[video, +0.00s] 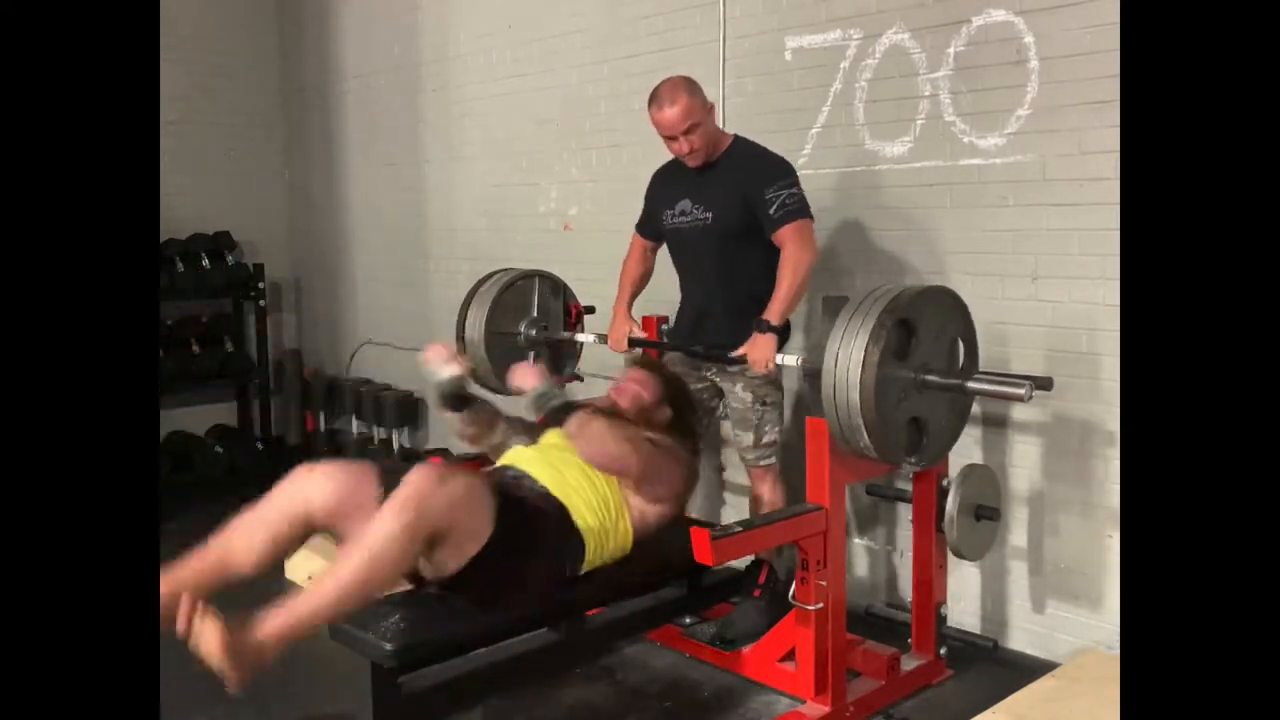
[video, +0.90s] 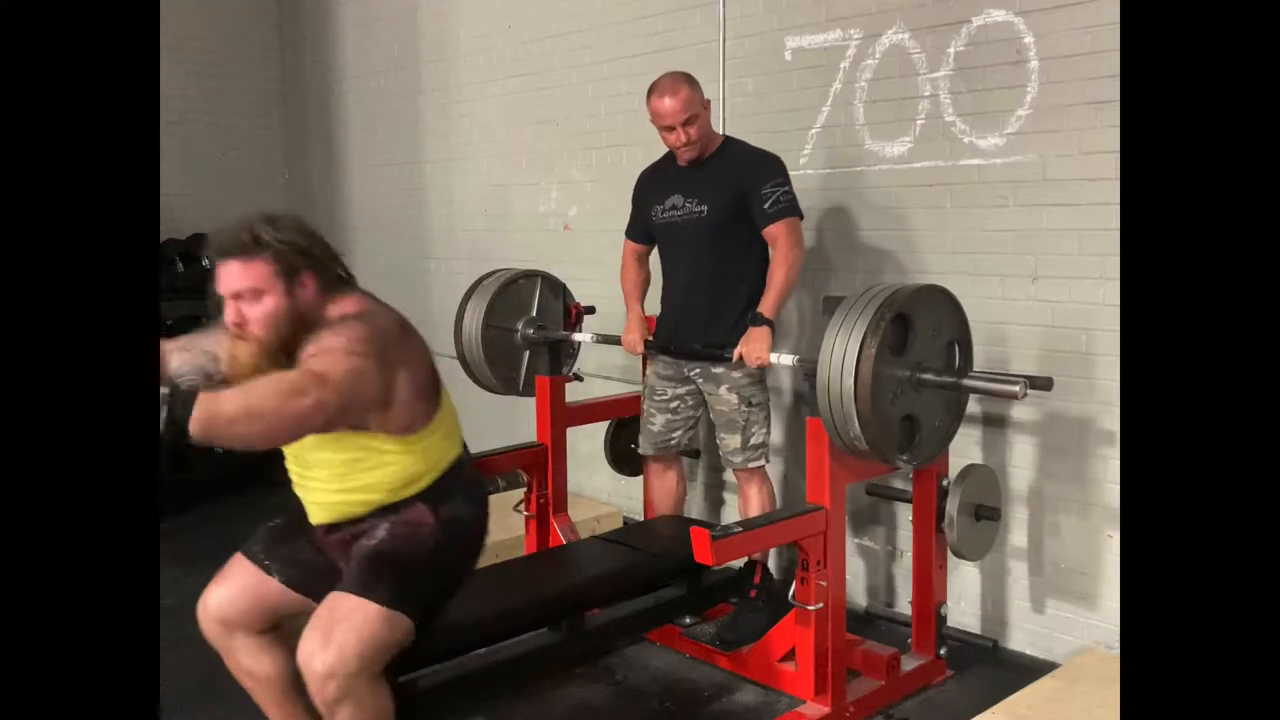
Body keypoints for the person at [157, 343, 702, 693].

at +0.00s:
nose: (620, 384)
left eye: (637, 383)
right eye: (620, 378)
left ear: (667, 411)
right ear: (614, 388)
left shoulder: (674, 460)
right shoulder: (568, 433)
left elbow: (610, 448)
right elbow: (490, 438)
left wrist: (553, 398)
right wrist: (456, 389)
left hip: (535, 552)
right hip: (461, 518)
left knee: (435, 483)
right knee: (319, 480)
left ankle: (257, 645)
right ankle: (170, 590)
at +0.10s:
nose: (587, 359)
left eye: (604, 356)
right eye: (586, 350)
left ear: (634, 379)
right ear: (576, 357)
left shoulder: (640, 431)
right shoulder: (544, 406)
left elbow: (581, 452)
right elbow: (467, 429)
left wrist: (504, 424)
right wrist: (405, 406)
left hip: (524, 542)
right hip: (449, 512)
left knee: (398, 532)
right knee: (289, 516)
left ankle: (274, 710)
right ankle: (171, 682)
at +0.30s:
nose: (506, 325)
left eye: (525, 315)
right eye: (505, 314)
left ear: (569, 333)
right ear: (497, 321)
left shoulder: (579, 386)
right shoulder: (482, 376)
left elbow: (533, 452)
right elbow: (410, 411)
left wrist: (428, 473)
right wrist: (339, 435)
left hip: (507, 532)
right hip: (426, 514)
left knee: (374, 578)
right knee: (260, 546)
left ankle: (334, 714)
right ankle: (222, 710)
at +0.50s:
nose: (423, 322)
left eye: (442, 307)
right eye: (422, 307)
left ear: (492, 310)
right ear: (418, 307)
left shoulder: (518, 369)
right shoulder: (418, 358)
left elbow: (474, 463)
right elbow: (341, 414)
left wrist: (369, 501)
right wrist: (268, 457)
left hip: (482, 542)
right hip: (398, 527)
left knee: (361, 611)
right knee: (246, 569)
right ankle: (273, 714)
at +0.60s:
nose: (375, 327)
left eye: (393, 311)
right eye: (372, 312)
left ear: (443, 309)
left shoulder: (480, 364)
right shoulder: (382, 358)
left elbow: (438, 455)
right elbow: (296, 406)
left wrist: (328, 493)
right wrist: (213, 440)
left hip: (476, 540)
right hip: (390, 527)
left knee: (354, 629)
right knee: (244, 580)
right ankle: (290, 713)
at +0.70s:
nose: (320, 339)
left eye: (340, 320)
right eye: (315, 323)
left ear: (392, 313)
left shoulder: (438, 368)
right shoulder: (352, 349)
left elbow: (358, 433)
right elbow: (247, 379)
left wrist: (264, 454)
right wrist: (175, 398)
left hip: (460, 548)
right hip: (372, 541)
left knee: (349, 646)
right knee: (242, 598)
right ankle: (299, 714)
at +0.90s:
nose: (233, 318)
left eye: (251, 298)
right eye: (227, 300)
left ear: (305, 286)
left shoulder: (357, 335)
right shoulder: (287, 325)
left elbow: (310, 399)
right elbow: (198, 356)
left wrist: (180, 414)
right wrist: (164, 362)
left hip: (421, 512)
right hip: (335, 510)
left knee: (331, 661)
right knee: (224, 612)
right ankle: (297, 716)